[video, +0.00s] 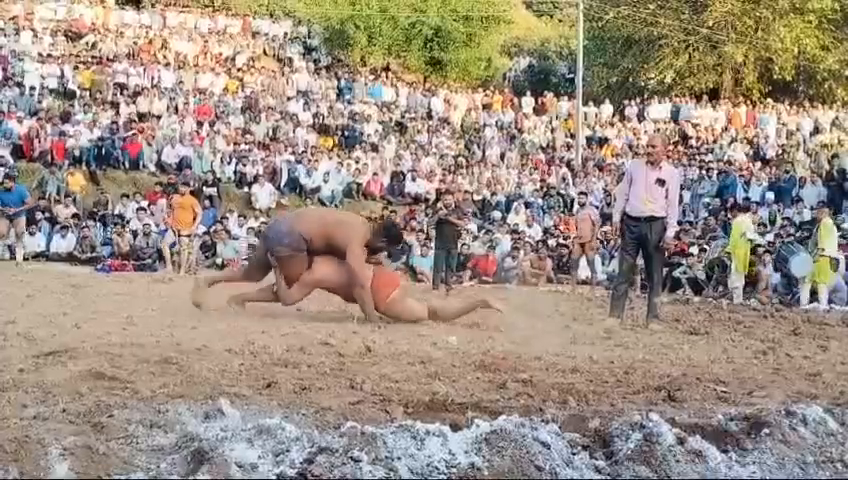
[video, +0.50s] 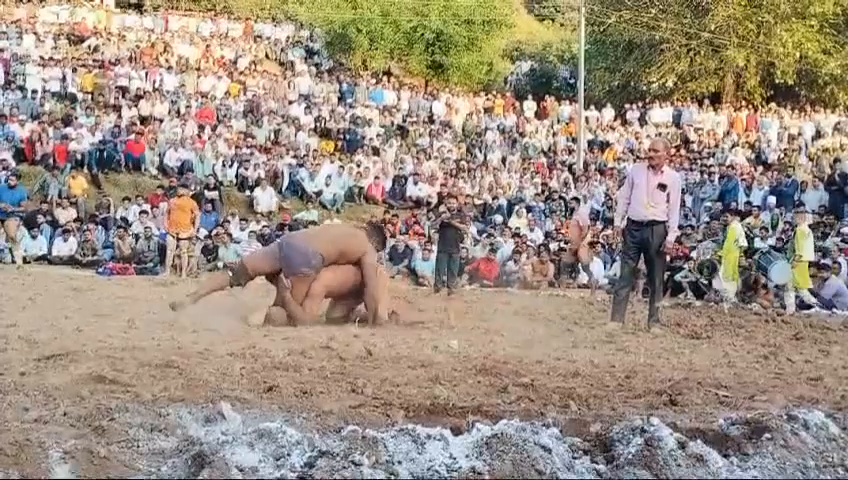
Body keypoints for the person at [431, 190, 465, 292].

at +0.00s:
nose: (447, 202)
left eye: (449, 199)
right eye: (445, 200)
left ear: (453, 200)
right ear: (442, 201)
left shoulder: (458, 211)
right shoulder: (438, 211)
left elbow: (464, 223)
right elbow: (430, 222)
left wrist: (450, 219)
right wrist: (438, 215)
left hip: (453, 241)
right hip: (440, 241)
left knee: (451, 266)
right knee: (438, 266)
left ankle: (449, 285)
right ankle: (436, 285)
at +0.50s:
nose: (452, 206)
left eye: (454, 203)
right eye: (449, 203)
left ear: (457, 204)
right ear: (446, 204)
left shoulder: (461, 215)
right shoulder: (442, 215)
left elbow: (466, 228)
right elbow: (433, 226)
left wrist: (452, 222)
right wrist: (441, 219)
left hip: (455, 245)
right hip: (442, 244)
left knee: (453, 269)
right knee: (440, 268)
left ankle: (452, 288)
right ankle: (438, 287)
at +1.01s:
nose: (454, 202)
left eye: (456, 200)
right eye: (451, 200)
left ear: (460, 201)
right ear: (448, 201)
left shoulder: (463, 212)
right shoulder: (443, 211)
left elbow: (468, 225)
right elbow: (435, 222)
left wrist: (455, 219)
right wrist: (443, 216)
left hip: (457, 241)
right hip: (444, 240)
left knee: (455, 266)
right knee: (442, 265)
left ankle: (452, 285)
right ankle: (439, 284)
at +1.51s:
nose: (457, 200)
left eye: (460, 198)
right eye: (456, 197)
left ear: (463, 199)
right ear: (452, 198)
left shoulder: (467, 211)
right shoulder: (446, 209)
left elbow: (471, 223)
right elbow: (439, 221)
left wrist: (459, 217)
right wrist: (447, 214)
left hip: (461, 240)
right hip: (448, 239)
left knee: (458, 265)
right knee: (445, 263)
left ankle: (454, 284)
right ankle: (441, 283)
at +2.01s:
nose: (459, 200)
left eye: (462, 198)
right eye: (457, 198)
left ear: (465, 198)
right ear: (454, 198)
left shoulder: (469, 211)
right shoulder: (449, 209)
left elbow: (473, 223)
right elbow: (441, 222)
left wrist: (462, 218)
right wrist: (450, 214)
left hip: (463, 242)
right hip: (450, 241)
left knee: (459, 266)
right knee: (447, 265)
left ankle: (455, 285)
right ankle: (443, 284)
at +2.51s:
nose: (472, 205)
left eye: (474, 203)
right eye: (470, 203)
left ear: (477, 204)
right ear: (466, 203)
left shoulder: (481, 216)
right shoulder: (461, 215)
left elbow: (485, 228)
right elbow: (454, 227)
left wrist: (474, 222)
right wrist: (463, 218)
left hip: (475, 246)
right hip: (463, 245)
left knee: (472, 269)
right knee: (459, 268)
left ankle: (469, 288)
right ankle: (455, 287)